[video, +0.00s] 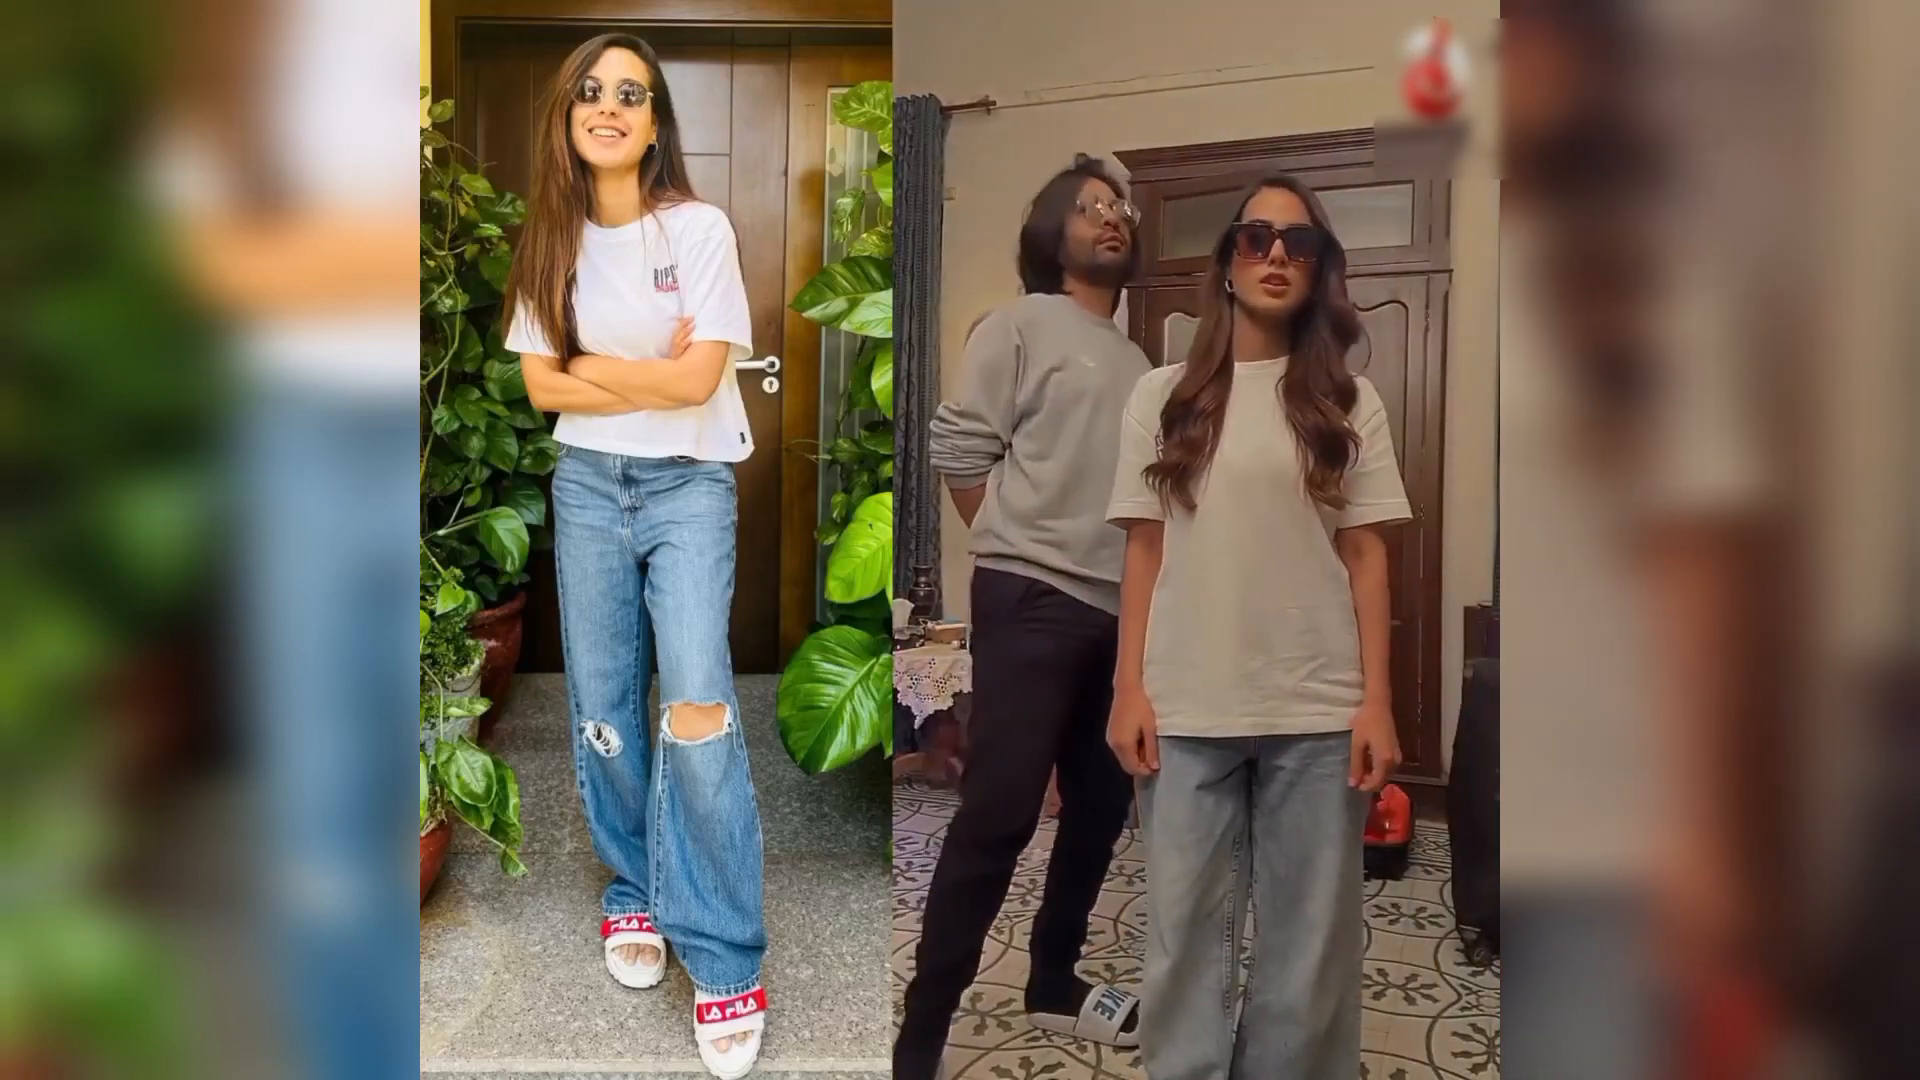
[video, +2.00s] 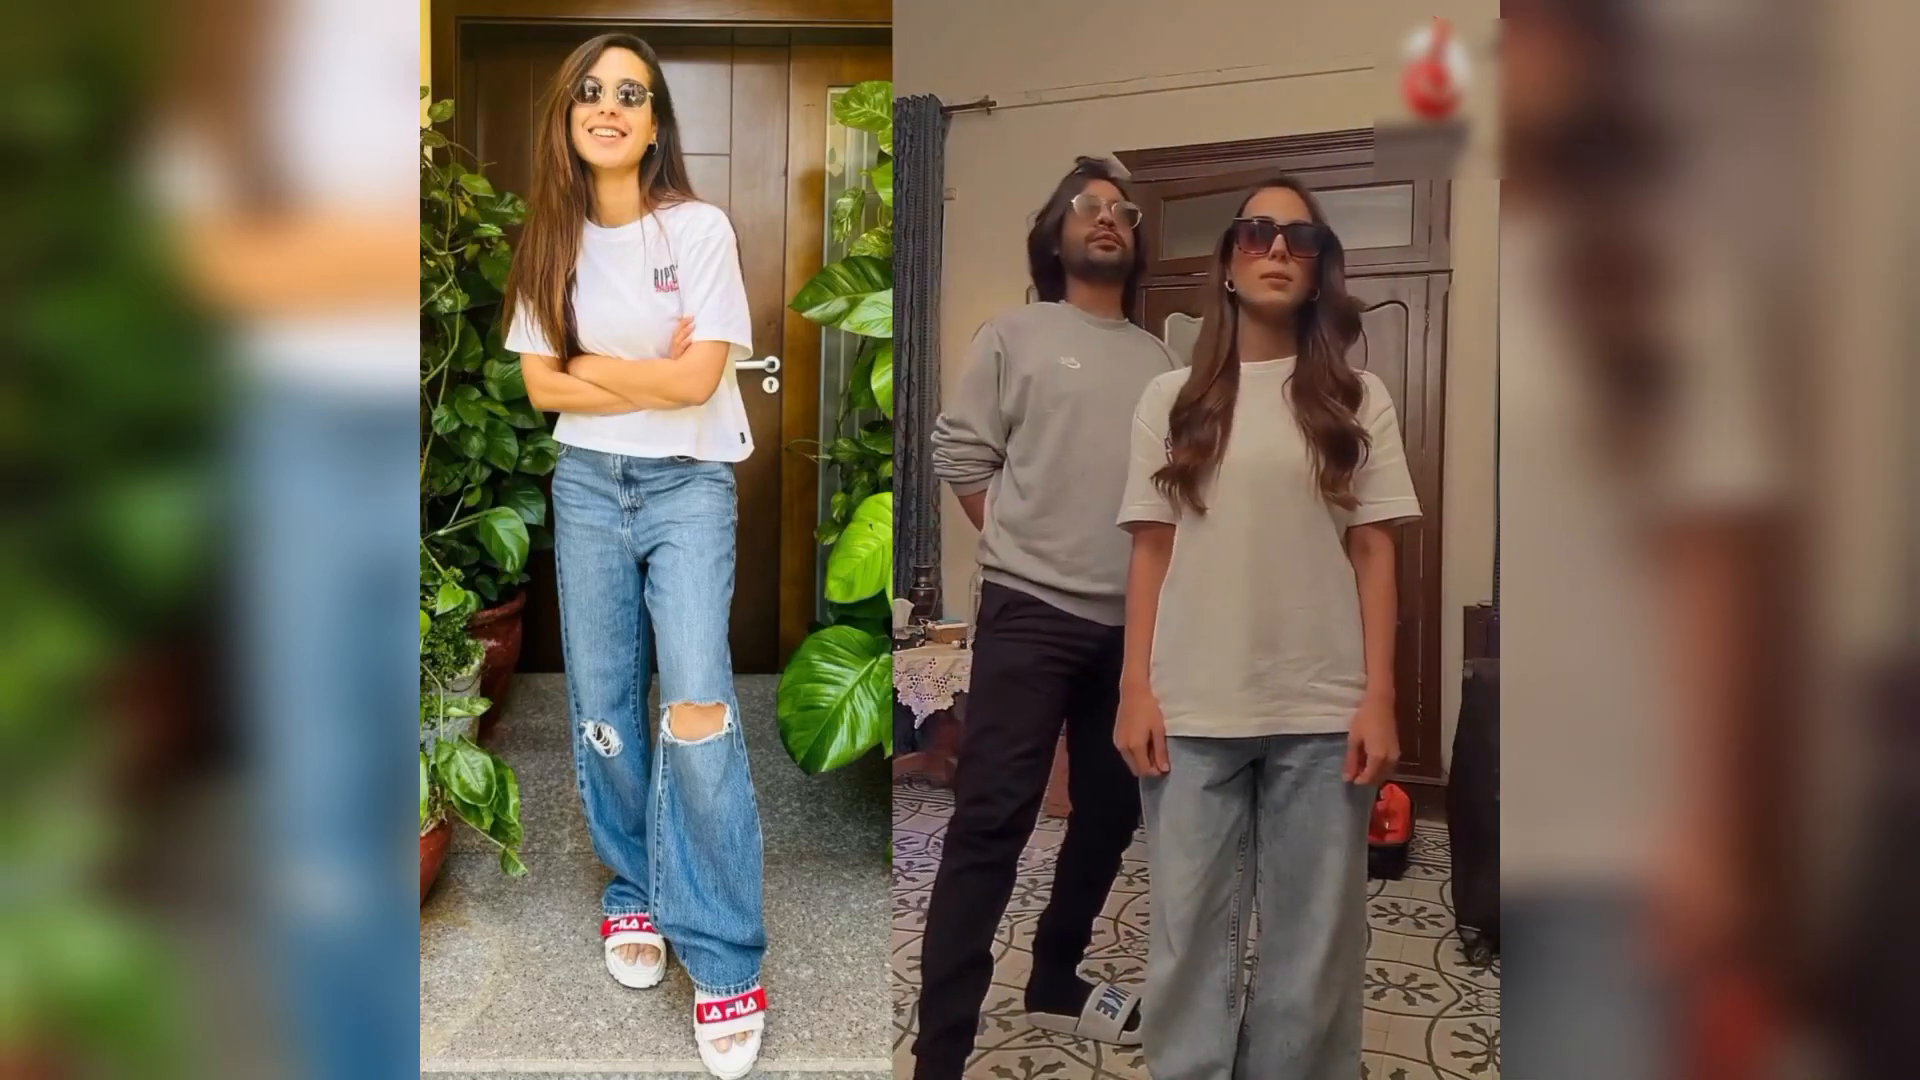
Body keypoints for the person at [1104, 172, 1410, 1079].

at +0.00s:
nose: (1276, 253)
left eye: (1298, 241)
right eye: (1257, 238)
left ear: (1323, 269)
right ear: (1227, 264)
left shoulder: (1350, 397)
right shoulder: (1166, 392)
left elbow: (1365, 554)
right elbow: (1144, 549)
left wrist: (1376, 701)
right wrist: (1129, 686)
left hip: (1319, 715)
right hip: (1186, 712)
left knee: (1310, 954)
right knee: (1178, 942)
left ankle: (1286, 1073)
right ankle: (1183, 1068)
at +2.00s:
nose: (1278, 249)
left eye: (1299, 238)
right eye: (1258, 235)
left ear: (1321, 268)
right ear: (1227, 263)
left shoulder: (1358, 397)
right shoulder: (1174, 395)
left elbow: (1374, 554)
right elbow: (1150, 550)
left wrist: (1378, 700)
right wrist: (1136, 685)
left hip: (1325, 717)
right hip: (1193, 715)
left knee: (1313, 957)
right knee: (1184, 945)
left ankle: (1289, 1073)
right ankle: (1186, 1070)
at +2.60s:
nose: (1264, 254)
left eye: (1286, 243)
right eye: (1244, 241)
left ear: (1311, 269)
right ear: (1218, 267)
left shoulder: (1359, 395)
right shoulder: (1178, 398)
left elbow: (1374, 555)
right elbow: (1152, 551)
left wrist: (1372, 696)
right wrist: (1132, 686)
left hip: (1322, 716)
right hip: (1190, 715)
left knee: (1312, 955)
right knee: (1183, 945)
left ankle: (1293, 1073)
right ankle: (1185, 1069)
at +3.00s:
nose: (1267, 252)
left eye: (1290, 242)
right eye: (1247, 240)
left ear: (1314, 270)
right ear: (1221, 268)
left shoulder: (1353, 394)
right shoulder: (1171, 397)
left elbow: (1371, 552)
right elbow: (1148, 552)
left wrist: (1373, 699)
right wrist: (1132, 687)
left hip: (1321, 718)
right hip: (1188, 718)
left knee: (1310, 955)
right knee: (1183, 945)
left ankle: (1289, 1074)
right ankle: (1184, 1071)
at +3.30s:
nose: (1278, 249)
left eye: (1300, 240)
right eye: (1260, 235)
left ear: (1323, 271)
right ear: (1228, 261)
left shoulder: (1346, 395)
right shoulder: (1164, 390)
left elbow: (1366, 552)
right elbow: (1143, 544)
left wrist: (1386, 682)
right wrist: (1121, 671)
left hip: (1322, 714)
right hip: (1185, 712)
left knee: (1309, 954)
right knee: (1181, 944)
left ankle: (1290, 1073)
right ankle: (1186, 1068)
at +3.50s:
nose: (1269, 245)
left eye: (1290, 233)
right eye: (1250, 231)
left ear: (1317, 262)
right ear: (1220, 259)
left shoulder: (1351, 386)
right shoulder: (1165, 387)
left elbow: (1368, 543)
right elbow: (1159, 540)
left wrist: (1422, 432)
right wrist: (1091, 450)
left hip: (1318, 694)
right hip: (1184, 694)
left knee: (1310, 944)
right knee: (1182, 936)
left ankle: (1295, 1070)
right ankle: (1186, 1066)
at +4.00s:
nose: (1266, 249)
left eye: (1287, 237)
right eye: (1248, 235)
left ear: (1313, 265)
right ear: (1219, 262)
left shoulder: (1346, 393)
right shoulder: (1162, 392)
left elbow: (1360, 552)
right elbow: (1154, 542)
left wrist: (1420, 517)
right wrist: (1093, 518)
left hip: (1317, 705)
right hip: (1182, 705)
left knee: (1310, 946)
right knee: (1182, 938)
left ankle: (1294, 1071)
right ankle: (1186, 1067)